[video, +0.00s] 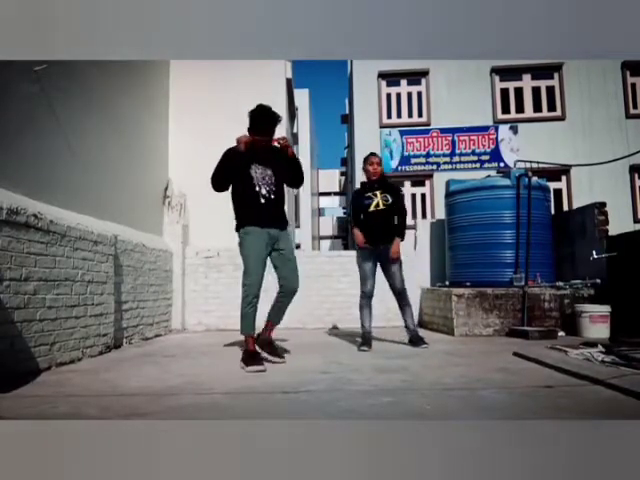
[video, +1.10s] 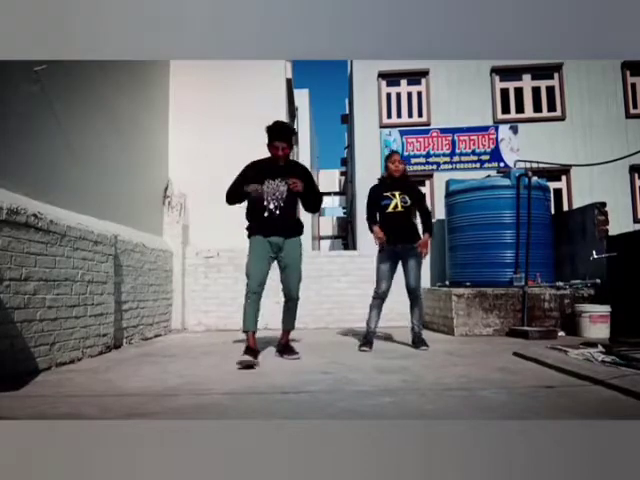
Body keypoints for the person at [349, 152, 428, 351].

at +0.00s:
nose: (374, 168)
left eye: (377, 164)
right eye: (371, 164)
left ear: (382, 167)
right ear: (364, 168)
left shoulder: (392, 189)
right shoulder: (358, 194)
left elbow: (402, 216)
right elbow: (353, 217)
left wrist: (397, 241)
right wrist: (355, 230)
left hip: (389, 245)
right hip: (366, 246)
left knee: (399, 290)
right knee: (366, 292)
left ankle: (413, 333)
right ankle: (366, 336)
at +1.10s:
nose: (398, 166)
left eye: (401, 162)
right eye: (394, 162)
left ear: (404, 165)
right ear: (387, 166)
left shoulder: (412, 189)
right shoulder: (377, 190)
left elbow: (425, 213)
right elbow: (370, 215)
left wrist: (427, 236)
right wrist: (375, 229)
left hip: (411, 244)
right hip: (388, 245)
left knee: (414, 290)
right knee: (381, 291)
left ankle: (417, 335)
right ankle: (368, 335)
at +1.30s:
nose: (402, 162)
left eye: (406, 159)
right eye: (399, 160)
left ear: (412, 162)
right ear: (394, 163)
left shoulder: (419, 184)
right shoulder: (386, 184)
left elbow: (435, 213)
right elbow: (377, 216)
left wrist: (427, 236)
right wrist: (373, 207)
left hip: (411, 243)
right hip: (389, 242)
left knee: (411, 288)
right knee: (378, 286)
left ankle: (417, 334)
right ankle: (373, 333)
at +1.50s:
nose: (400, 164)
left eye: (404, 160)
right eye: (397, 161)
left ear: (411, 163)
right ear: (394, 165)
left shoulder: (419, 185)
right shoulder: (387, 185)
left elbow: (431, 215)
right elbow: (368, 205)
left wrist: (424, 236)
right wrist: (370, 183)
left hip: (410, 244)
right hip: (387, 243)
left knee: (411, 289)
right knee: (378, 289)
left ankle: (417, 334)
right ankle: (375, 333)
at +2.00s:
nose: (371, 167)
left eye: (374, 164)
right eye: (368, 165)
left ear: (382, 166)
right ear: (365, 169)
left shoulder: (393, 191)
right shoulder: (361, 189)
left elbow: (403, 215)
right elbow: (350, 188)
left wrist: (409, 237)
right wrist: (357, 168)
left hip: (389, 246)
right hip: (367, 247)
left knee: (400, 290)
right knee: (364, 292)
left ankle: (416, 334)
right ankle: (361, 336)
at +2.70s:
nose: (374, 168)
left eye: (377, 165)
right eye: (370, 165)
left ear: (381, 168)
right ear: (363, 167)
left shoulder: (387, 191)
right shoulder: (355, 190)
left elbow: (397, 214)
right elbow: (346, 207)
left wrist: (407, 232)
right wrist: (357, 187)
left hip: (389, 244)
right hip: (366, 245)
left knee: (400, 286)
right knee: (365, 290)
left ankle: (409, 331)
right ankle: (361, 335)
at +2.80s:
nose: (380, 169)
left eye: (382, 166)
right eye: (376, 166)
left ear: (386, 169)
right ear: (369, 169)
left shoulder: (392, 192)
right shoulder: (360, 191)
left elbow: (405, 216)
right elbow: (347, 213)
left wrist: (417, 237)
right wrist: (365, 201)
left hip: (394, 246)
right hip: (371, 246)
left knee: (401, 289)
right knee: (368, 291)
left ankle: (408, 333)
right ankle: (362, 335)